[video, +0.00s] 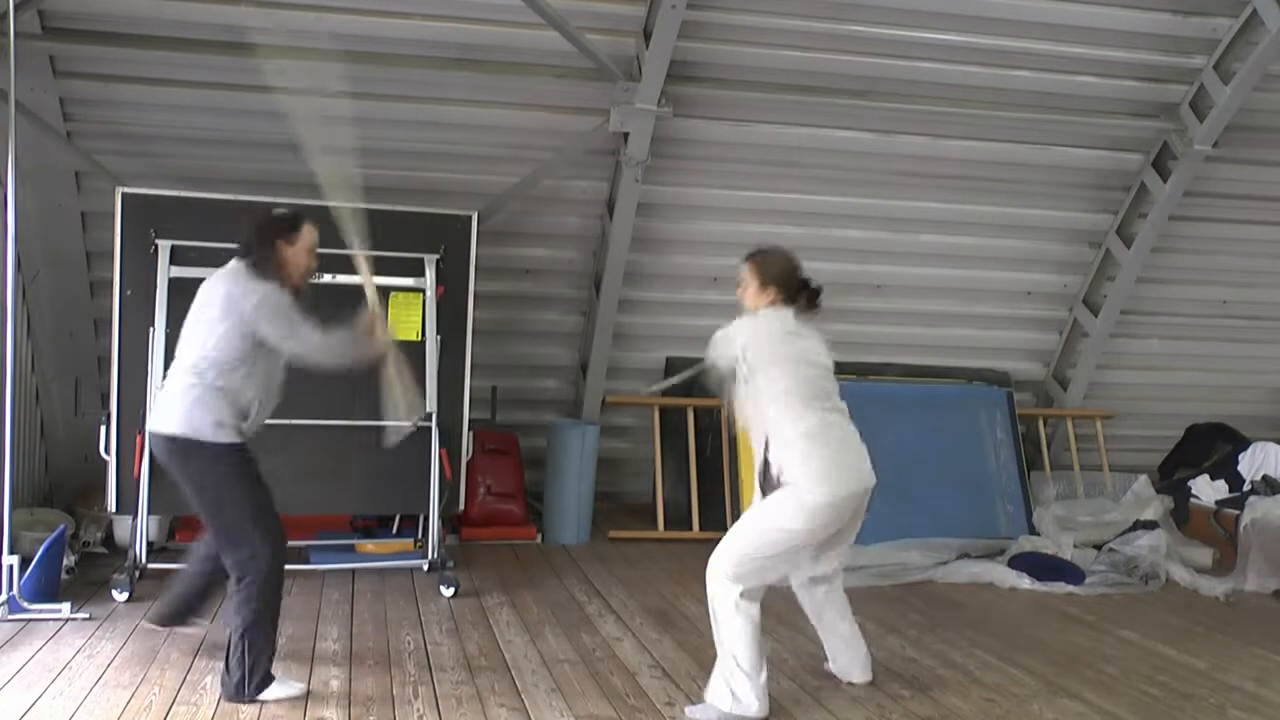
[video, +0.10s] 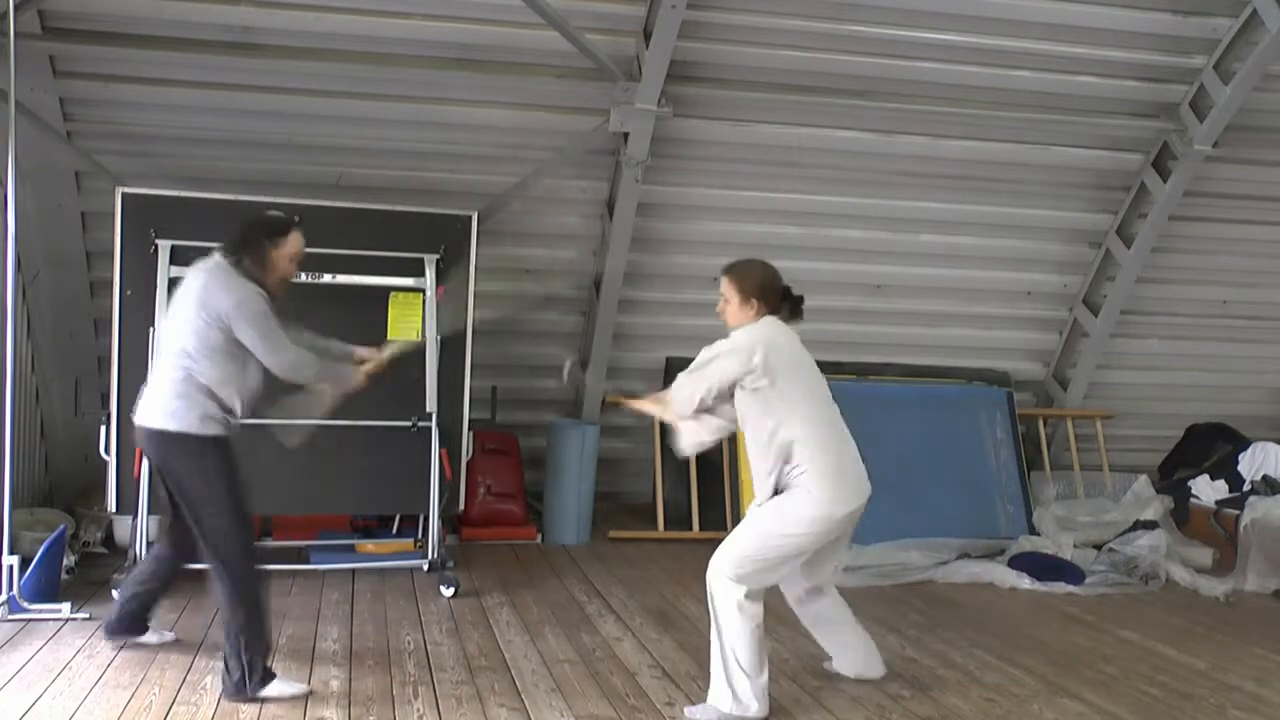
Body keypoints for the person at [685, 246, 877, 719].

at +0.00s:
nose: (738, 292)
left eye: (744, 284)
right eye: (740, 283)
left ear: (766, 290)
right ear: (786, 291)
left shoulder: (749, 329)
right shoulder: (809, 333)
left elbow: (715, 363)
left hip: (812, 487)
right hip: (856, 479)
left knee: (727, 570)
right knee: (814, 571)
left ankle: (739, 697)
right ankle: (853, 664)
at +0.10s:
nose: (720, 309)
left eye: (726, 300)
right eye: (721, 299)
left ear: (752, 303)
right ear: (765, 304)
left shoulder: (756, 339)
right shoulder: (784, 343)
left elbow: (693, 386)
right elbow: (729, 414)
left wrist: (655, 402)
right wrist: (669, 416)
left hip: (816, 492)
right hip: (846, 488)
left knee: (728, 573)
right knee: (802, 580)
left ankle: (739, 702)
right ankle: (861, 662)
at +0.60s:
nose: (751, 262)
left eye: (758, 251)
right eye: (752, 251)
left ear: (785, 255)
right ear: (784, 256)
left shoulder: (815, 301)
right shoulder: (773, 307)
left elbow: (793, 383)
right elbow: (738, 356)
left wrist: (730, 379)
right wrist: (710, 390)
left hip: (835, 454)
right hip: (799, 451)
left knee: (775, 561)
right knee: (786, 560)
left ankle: (743, 698)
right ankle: (819, 668)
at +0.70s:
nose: (776, 258)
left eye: (782, 248)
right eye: (776, 249)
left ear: (811, 253)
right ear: (804, 253)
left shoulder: (831, 301)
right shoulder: (788, 301)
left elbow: (796, 382)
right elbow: (745, 335)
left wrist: (737, 386)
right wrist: (703, 370)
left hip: (851, 452)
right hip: (815, 451)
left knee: (777, 549)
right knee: (778, 555)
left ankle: (813, 680)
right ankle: (789, 683)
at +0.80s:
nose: (790, 251)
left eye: (798, 242)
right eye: (792, 242)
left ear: (826, 248)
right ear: (826, 248)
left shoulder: (838, 297)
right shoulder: (815, 295)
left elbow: (798, 377)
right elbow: (763, 328)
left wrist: (732, 378)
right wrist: (702, 348)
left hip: (856, 450)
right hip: (827, 449)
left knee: (797, 555)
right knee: (795, 557)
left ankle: (867, 665)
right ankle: (816, 668)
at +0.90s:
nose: (810, 246)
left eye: (817, 237)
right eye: (812, 236)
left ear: (845, 242)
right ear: (852, 243)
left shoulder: (836, 293)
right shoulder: (870, 289)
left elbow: (782, 370)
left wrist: (743, 328)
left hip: (857, 448)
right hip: (874, 443)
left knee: (848, 569)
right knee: (821, 557)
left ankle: (916, 683)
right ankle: (820, 669)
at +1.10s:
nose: (840, 240)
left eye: (847, 231)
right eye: (841, 230)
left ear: (874, 239)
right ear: (885, 240)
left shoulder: (855, 293)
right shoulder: (912, 285)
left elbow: (808, 361)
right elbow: (857, 307)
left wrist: (780, 310)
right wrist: (810, 275)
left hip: (881, 449)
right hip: (921, 444)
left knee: (870, 566)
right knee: (890, 558)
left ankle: (909, 701)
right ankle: (903, 665)